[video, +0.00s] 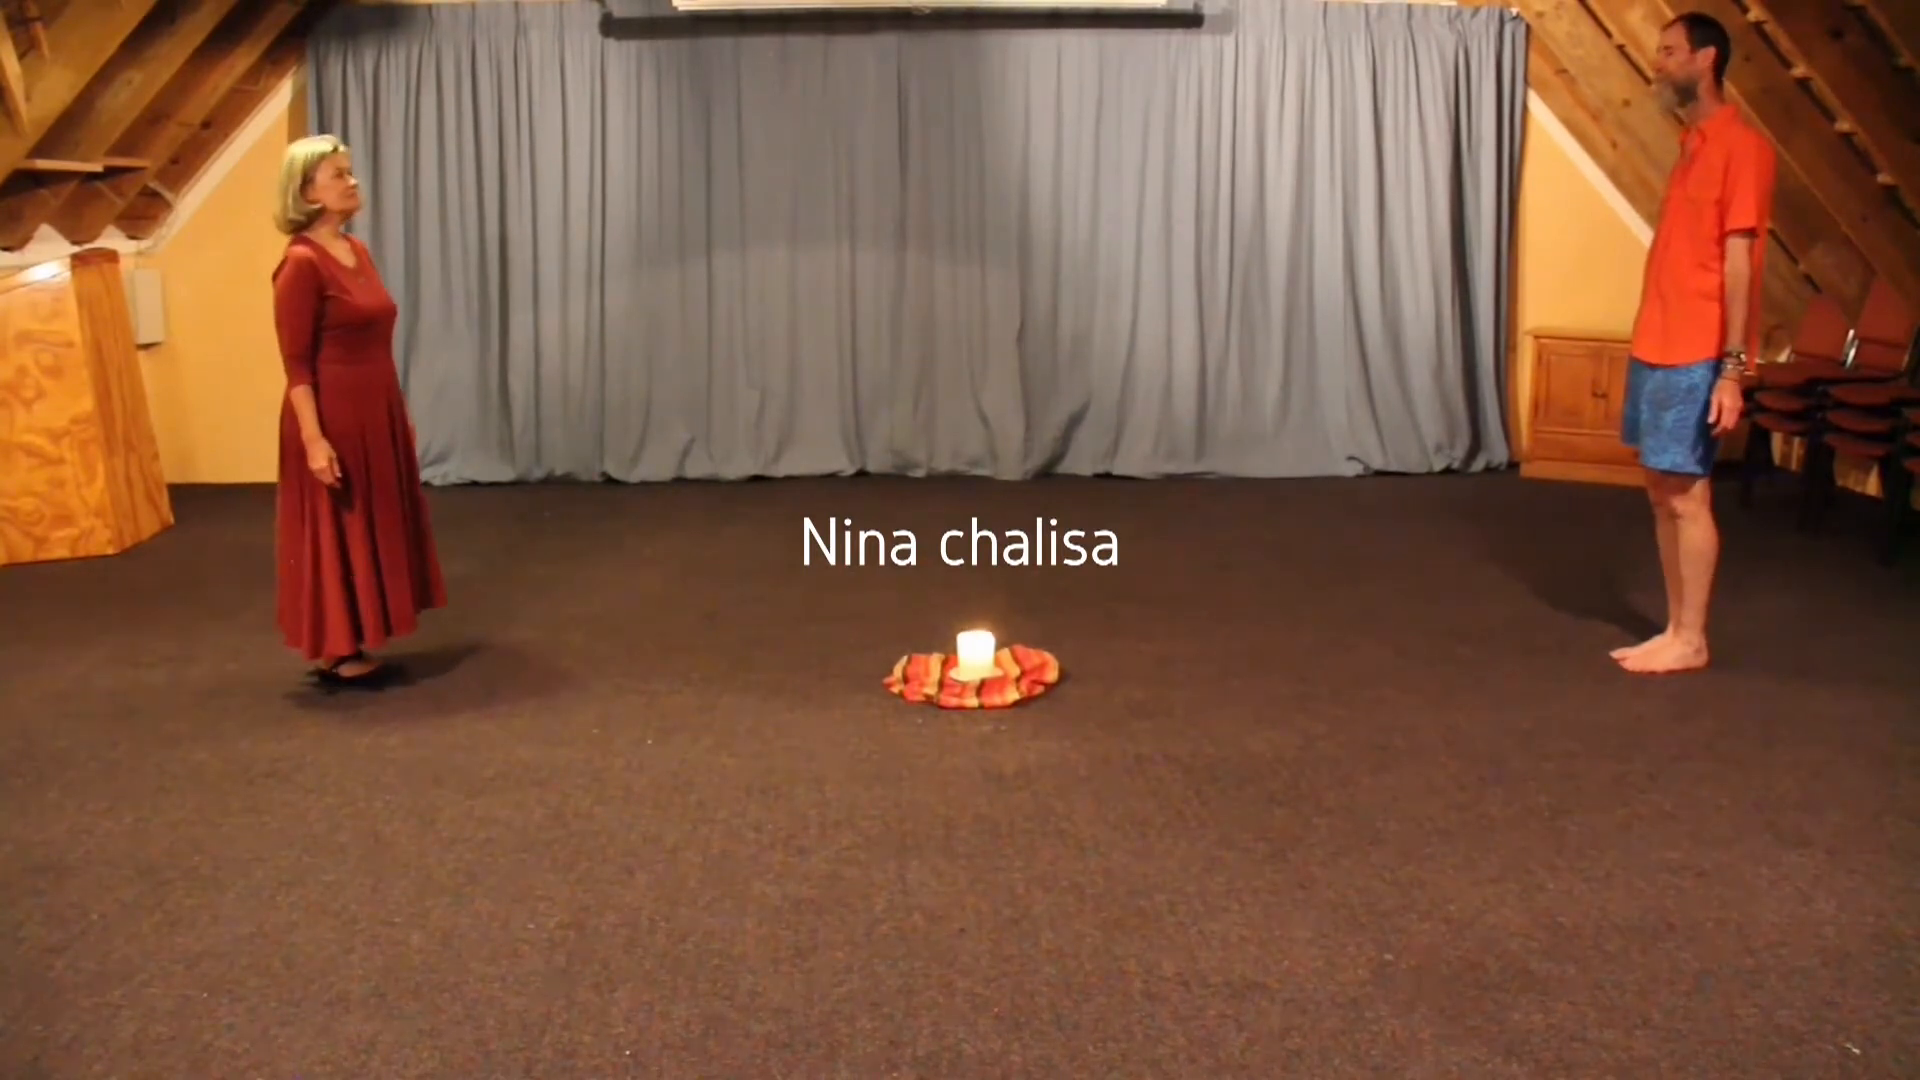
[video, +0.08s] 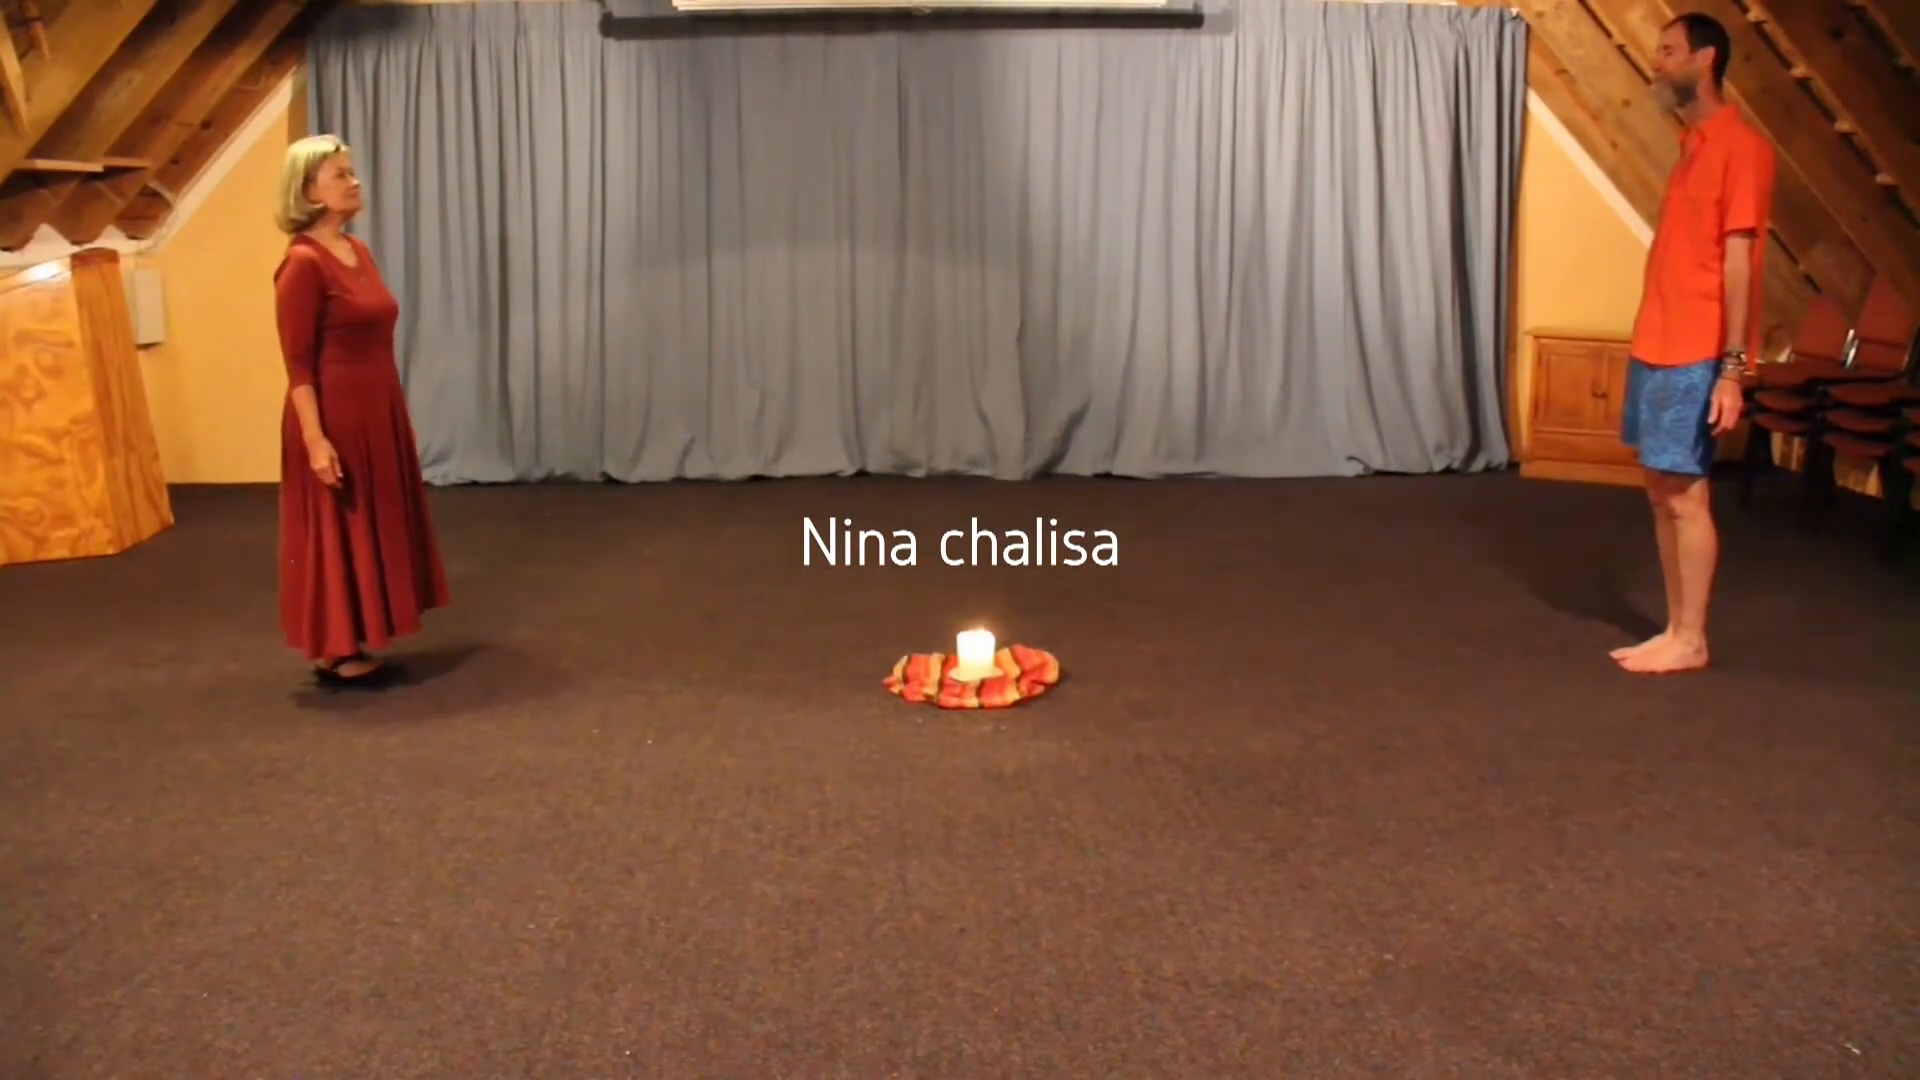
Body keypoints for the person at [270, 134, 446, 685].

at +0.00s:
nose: (354, 182)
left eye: (351, 173)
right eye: (340, 175)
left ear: (343, 185)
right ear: (309, 191)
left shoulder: (354, 250)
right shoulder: (300, 262)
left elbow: (373, 347)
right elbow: (296, 362)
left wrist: (396, 412)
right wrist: (313, 437)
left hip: (374, 407)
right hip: (332, 412)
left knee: (364, 520)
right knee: (333, 524)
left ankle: (351, 641)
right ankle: (335, 647)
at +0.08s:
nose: (355, 183)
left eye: (353, 173)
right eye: (342, 175)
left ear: (348, 184)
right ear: (310, 191)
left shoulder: (356, 250)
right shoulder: (301, 262)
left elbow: (374, 348)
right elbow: (297, 362)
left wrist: (395, 417)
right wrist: (315, 439)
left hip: (375, 408)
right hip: (333, 414)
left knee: (365, 521)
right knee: (334, 525)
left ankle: (353, 643)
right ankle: (334, 648)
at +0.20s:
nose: (357, 181)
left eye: (354, 172)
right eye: (343, 174)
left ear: (346, 183)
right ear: (312, 190)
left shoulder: (356, 248)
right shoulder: (303, 262)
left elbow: (373, 346)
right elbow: (300, 361)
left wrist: (393, 416)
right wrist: (317, 437)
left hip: (377, 406)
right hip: (336, 412)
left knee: (366, 520)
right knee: (337, 524)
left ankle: (354, 643)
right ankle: (336, 648)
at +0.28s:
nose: (358, 181)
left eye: (355, 171)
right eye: (344, 173)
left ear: (345, 184)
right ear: (314, 189)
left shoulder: (356, 248)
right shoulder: (304, 261)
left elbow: (370, 343)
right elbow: (302, 362)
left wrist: (391, 413)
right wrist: (319, 437)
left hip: (376, 405)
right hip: (337, 410)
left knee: (367, 519)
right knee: (338, 524)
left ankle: (355, 643)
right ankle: (338, 648)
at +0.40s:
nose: (358, 181)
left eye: (356, 171)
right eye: (345, 173)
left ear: (348, 183)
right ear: (314, 189)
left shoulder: (356, 248)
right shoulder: (306, 261)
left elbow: (371, 343)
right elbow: (303, 361)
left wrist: (392, 413)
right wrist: (321, 437)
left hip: (376, 405)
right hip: (337, 411)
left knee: (367, 520)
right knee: (338, 524)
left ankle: (354, 644)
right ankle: (339, 649)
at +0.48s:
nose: (359, 182)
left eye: (357, 172)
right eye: (346, 174)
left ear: (346, 185)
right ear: (316, 189)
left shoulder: (355, 248)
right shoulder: (307, 262)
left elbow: (369, 344)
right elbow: (304, 363)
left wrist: (391, 413)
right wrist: (322, 438)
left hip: (376, 407)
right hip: (338, 412)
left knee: (367, 521)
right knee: (338, 525)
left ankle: (354, 644)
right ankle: (337, 649)